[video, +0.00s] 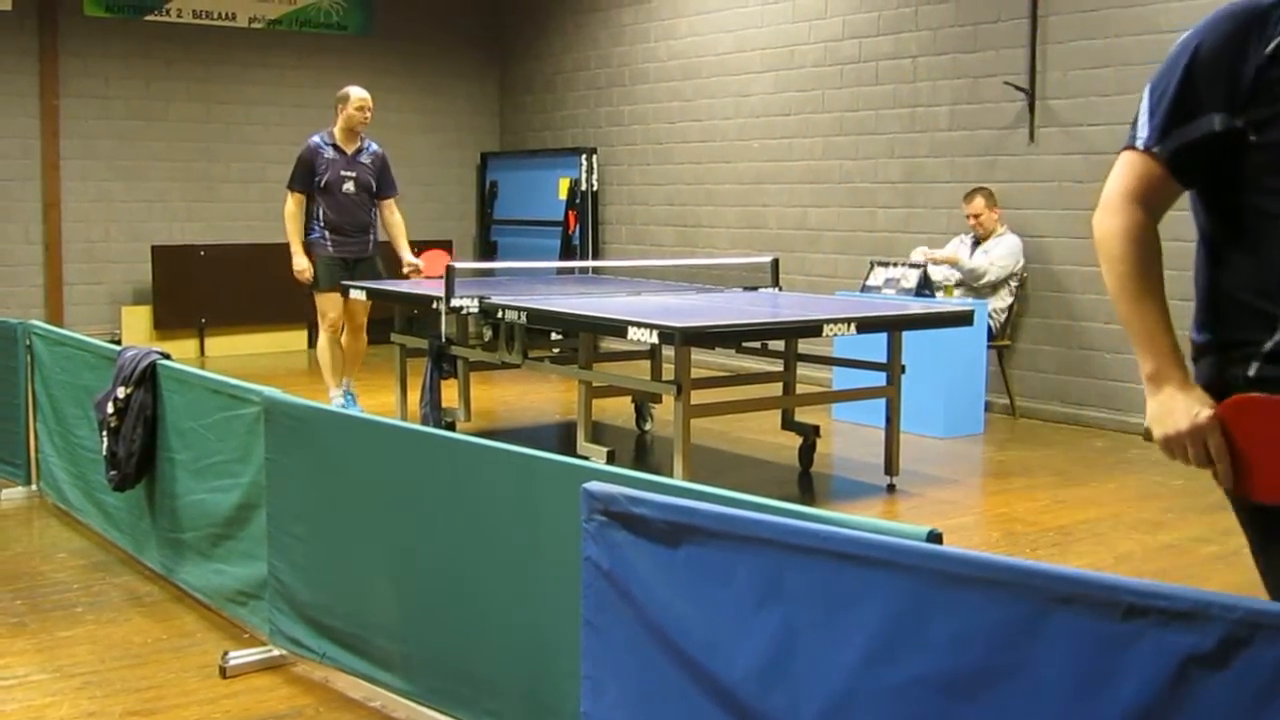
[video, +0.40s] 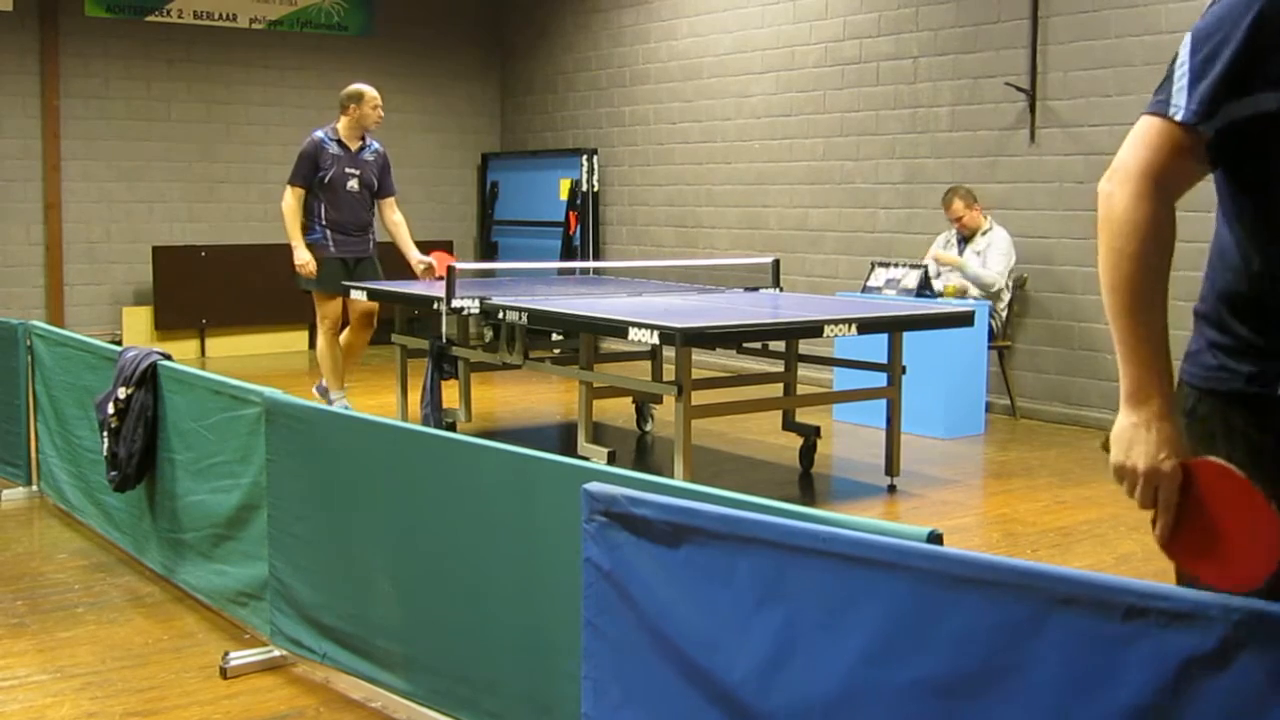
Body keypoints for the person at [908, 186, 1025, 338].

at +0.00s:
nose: (972, 223)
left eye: (977, 216)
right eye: (968, 218)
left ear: (995, 214)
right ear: (965, 217)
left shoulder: (1011, 243)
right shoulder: (962, 241)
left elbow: (987, 277)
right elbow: (936, 274)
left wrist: (955, 262)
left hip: (983, 321)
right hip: (948, 315)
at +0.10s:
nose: (967, 225)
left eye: (971, 218)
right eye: (963, 220)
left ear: (989, 212)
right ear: (959, 218)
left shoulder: (1008, 242)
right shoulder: (958, 240)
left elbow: (985, 276)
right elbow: (934, 277)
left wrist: (951, 263)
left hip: (985, 318)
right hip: (948, 314)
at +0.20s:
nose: (963, 225)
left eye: (967, 218)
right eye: (959, 220)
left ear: (984, 210)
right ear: (955, 217)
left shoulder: (1005, 240)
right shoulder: (953, 239)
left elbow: (987, 278)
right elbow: (934, 278)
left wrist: (949, 262)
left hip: (986, 317)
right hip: (947, 313)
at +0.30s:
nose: (960, 225)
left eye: (963, 219)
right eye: (955, 221)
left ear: (981, 210)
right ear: (951, 219)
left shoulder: (1003, 240)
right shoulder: (950, 239)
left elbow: (990, 281)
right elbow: (928, 276)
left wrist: (951, 262)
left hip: (985, 316)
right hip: (945, 312)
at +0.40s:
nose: (956, 226)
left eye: (960, 219)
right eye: (952, 222)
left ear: (976, 210)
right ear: (947, 219)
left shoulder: (999, 239)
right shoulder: (945, 239)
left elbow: (993, 284)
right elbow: (924, 276)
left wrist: (958, 263)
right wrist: (949, 287)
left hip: (982, 316)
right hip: (942, 313)